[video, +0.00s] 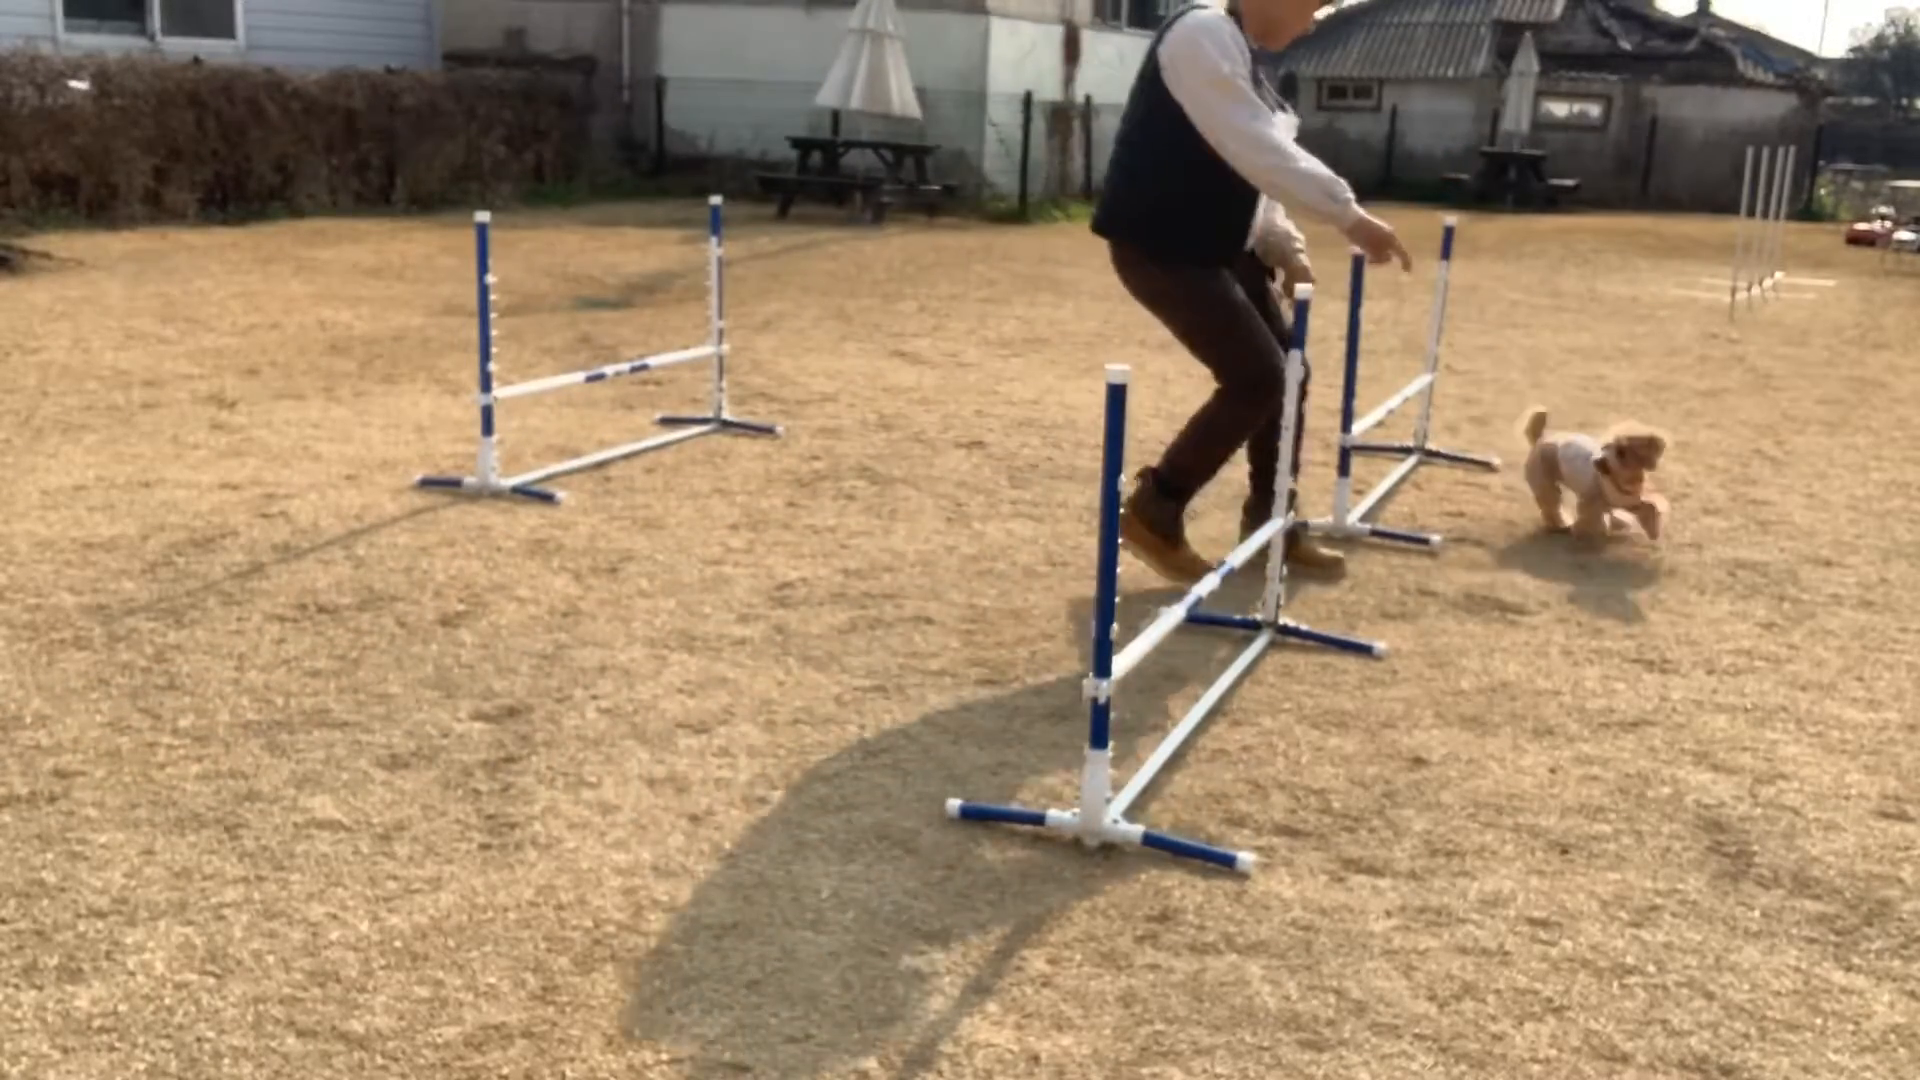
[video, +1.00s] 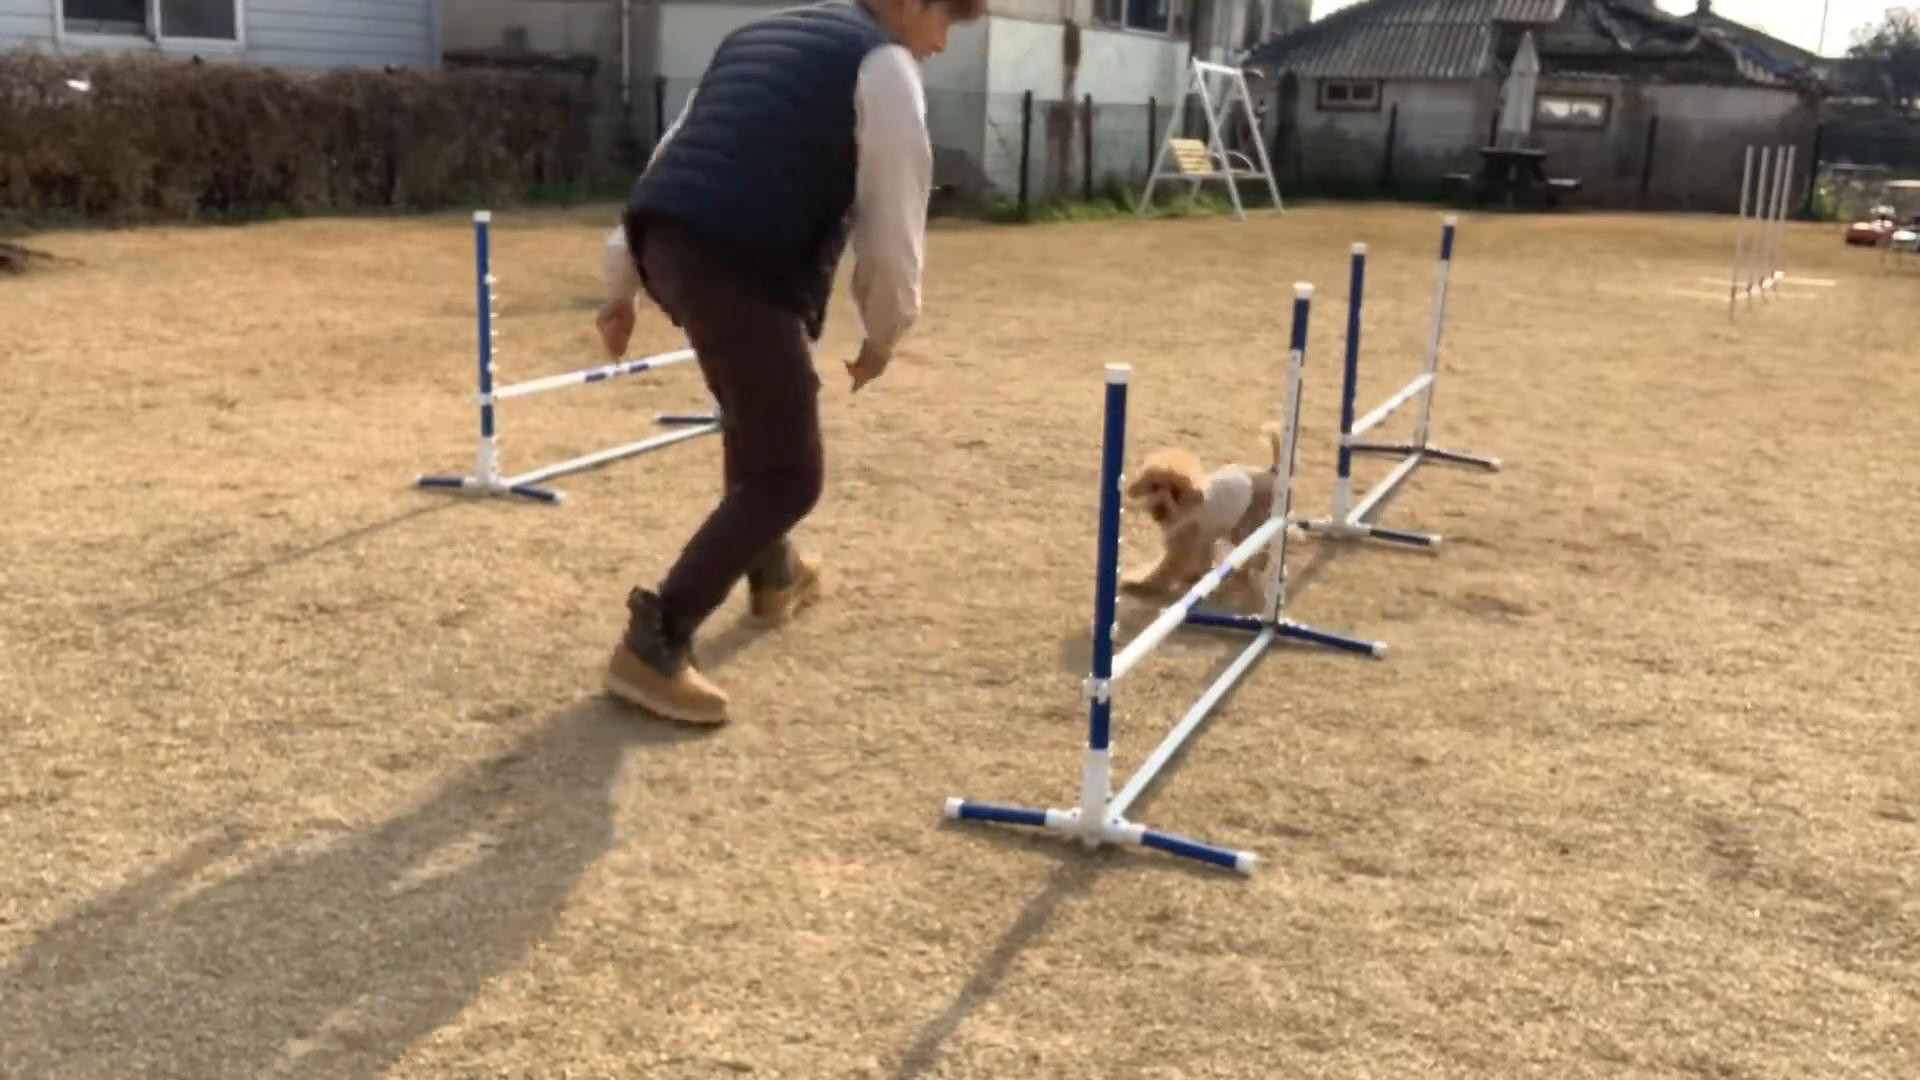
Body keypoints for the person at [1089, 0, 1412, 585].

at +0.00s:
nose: (1314, 23)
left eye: (1318, 12)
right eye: (1312, 8)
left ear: (1272, 6)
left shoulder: (1251, 63)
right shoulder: (1200, 33)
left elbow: (1247, 181)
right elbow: (1254, 147)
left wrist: (1286, 251)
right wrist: (1352, 217)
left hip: (1223, 246)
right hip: (1159, 246)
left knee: (1285, 373)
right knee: (1256, 379)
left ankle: (1271, 526)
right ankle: (1154, 510)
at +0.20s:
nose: (1251, 47)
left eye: (1260, 36)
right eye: (1256, 29)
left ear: (1202, 4)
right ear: (1227, 5)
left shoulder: (1120, 33)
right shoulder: (1192, 52)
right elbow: (1260, 176)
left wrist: (1165, 289)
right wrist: (1334, 280)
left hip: (1046, 228)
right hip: (1090, 239)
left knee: (1169, 371)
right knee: (1187, 388)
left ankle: (1138, 518)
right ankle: (1116, 543)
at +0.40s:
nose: (1129, 62)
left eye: (1139, 55)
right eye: (1136, 47)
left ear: (1071, 10)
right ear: (1116, 16)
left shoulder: (971, 45)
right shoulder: (1102, 73)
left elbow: (937, 146)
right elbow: (1153, 198)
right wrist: (1199, 305)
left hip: (930, 243)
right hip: (1021, 256)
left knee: (923, 402)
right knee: (1099, 395)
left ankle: (819, 532)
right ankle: (1105, 550)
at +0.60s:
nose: (1002, 72)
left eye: (1009, 62)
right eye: (1007, 59)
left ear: (943, 18)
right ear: (983, 29)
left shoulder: (838, 50)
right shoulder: (983, 86)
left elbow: (761, 164)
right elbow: (1009, 216)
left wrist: (723, 273)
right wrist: (1035, 323)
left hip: (807, 244)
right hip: (903, 254)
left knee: (825, 398)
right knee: (991, 380)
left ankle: (780, 565)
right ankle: (977, 552)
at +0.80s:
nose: (946, 58)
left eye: (954, 46)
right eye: (950, 43)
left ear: (876, 8)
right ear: (924, 13)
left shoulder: (775, 35)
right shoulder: (929, 75)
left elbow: (692, 143)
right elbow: (936, 224)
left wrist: (616, 250)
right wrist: (904, 320)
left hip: (741, 238)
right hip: (837, 252)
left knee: (767, 401)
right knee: (860, 437)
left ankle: (771, 570)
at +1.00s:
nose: (942, 45)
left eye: (952, 30)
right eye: (949, 24)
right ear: (914, 1)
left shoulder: (763, 32)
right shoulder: (882, 61)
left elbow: (672, 155)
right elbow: (891, 213)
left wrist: (620, 281)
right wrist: (884, 332)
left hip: (664, 237)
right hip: (735, 255)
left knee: (748, 413)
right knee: (789, 480)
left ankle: (773, 574)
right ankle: (655, 642)